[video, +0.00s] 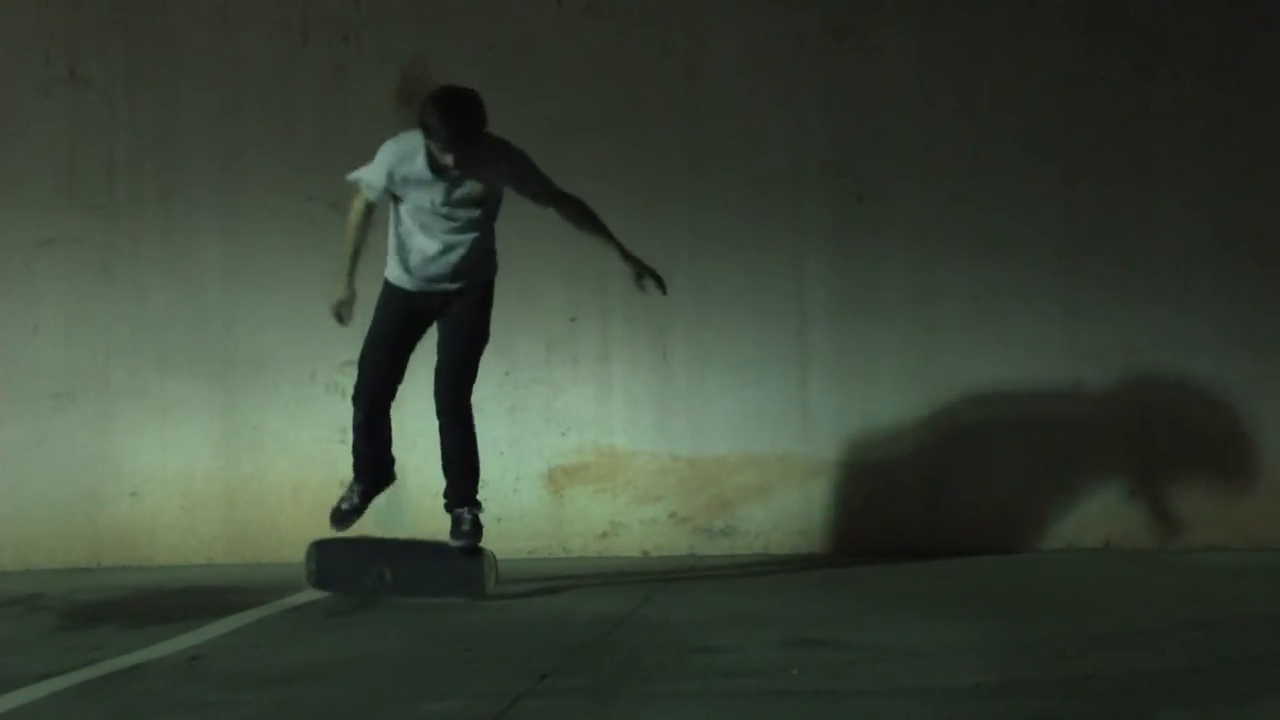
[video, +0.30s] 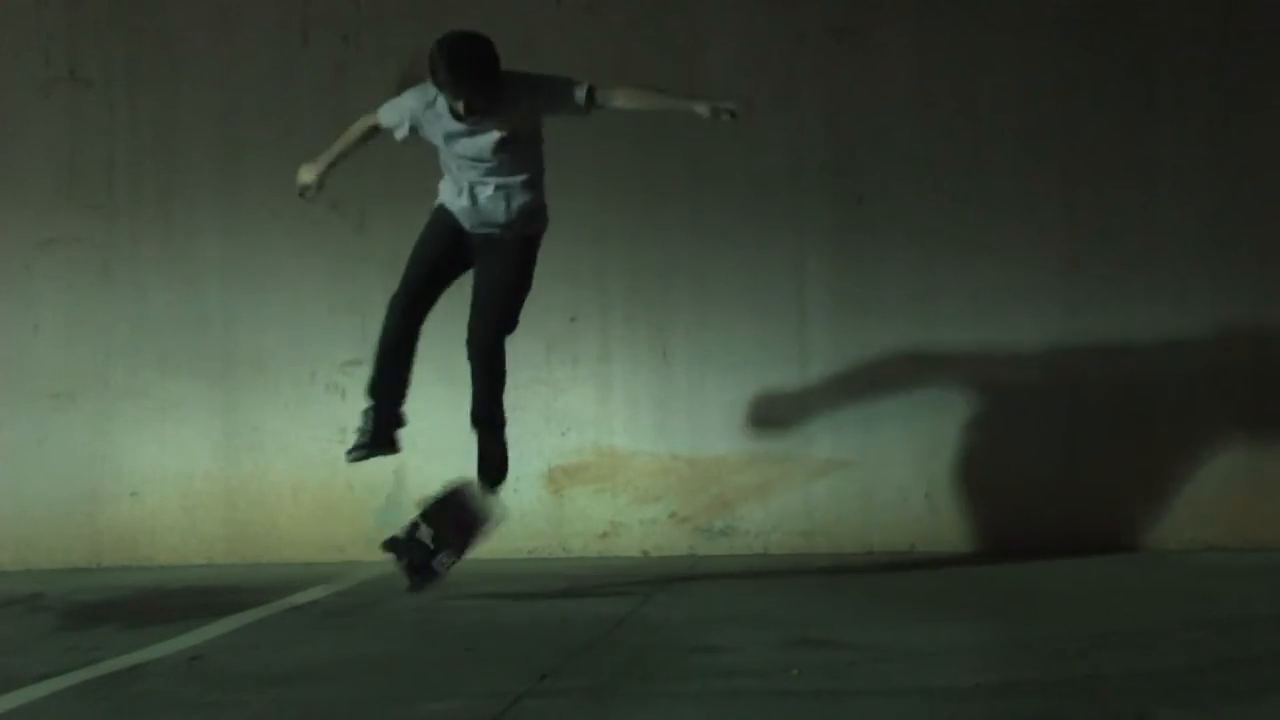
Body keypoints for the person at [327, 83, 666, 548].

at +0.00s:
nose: (451, 162)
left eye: (461, 152)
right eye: (442, 151)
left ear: (477, 140)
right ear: (427, 137)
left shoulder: (497, 162)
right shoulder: (397, 156)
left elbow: (560, 203)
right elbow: (361, 206)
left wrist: (625, 256)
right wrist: (345, 285)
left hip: (467, 292)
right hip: (405, 288)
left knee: (452, 395)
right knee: (370, 389)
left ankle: (463, 506)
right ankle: (369, 476)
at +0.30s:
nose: (464, 111)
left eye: (472, 101)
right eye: (454, 101)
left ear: (492, 84)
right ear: (440, 88)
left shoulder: (526, 97)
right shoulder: (425, 102)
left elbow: (605, 97)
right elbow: (372, 124)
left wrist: (695, 108)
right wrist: (320, 163)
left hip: (514, 228)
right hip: (454, 219)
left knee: (485, 340)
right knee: (404, 308)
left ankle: (490, 439)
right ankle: (381, 424)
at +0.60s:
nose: (474, 199)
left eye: (482, 189)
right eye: (466, 189)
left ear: (503, 174)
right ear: (455, 178)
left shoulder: (543, 197)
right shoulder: (445, 198)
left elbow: (615, 267)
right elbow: (390, 239)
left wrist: (628, 348)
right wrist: (331, 290)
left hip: (566, 327)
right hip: (509, 329)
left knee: (532, 422)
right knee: (480, 429)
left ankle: (560, 543)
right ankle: (504, 546)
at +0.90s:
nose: (518, 204)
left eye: (525, 192)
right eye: (507, 194)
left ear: (542, 177)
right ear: (495, 185)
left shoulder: (582, 198)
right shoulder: (487, 200)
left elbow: (628, 281)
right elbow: (460, 260)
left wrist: (618, 361)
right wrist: (426, 326)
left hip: (594, 323)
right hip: (541, 327)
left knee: (573, 422)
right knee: (518, 430)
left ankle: (594, 544)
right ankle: (537, 543)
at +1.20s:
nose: (578, 110)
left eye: (588, 96)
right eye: (566, 97)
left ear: (603, 92)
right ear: (549, 94)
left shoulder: (637, 139)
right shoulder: (532, 139)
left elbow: (676, 215)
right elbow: (503, 211)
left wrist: (696, 300)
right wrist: (477, 291)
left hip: (623, 299)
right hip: (560, 301)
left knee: (612, 413)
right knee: (552, 425)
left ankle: (633, 544)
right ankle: (571, 546)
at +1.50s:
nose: (643, 57)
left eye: (653, 46)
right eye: (632, 45)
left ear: (665, 50)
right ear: (610, 48)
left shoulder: (689, 113)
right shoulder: (578, 110)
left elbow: (719, 197)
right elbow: (548, 189)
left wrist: (741, 280)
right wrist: (548, 272)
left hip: (664, 291)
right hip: (595, 291)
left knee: (662, 421)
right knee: (592, 428)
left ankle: (673, 548)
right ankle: (605, 550)